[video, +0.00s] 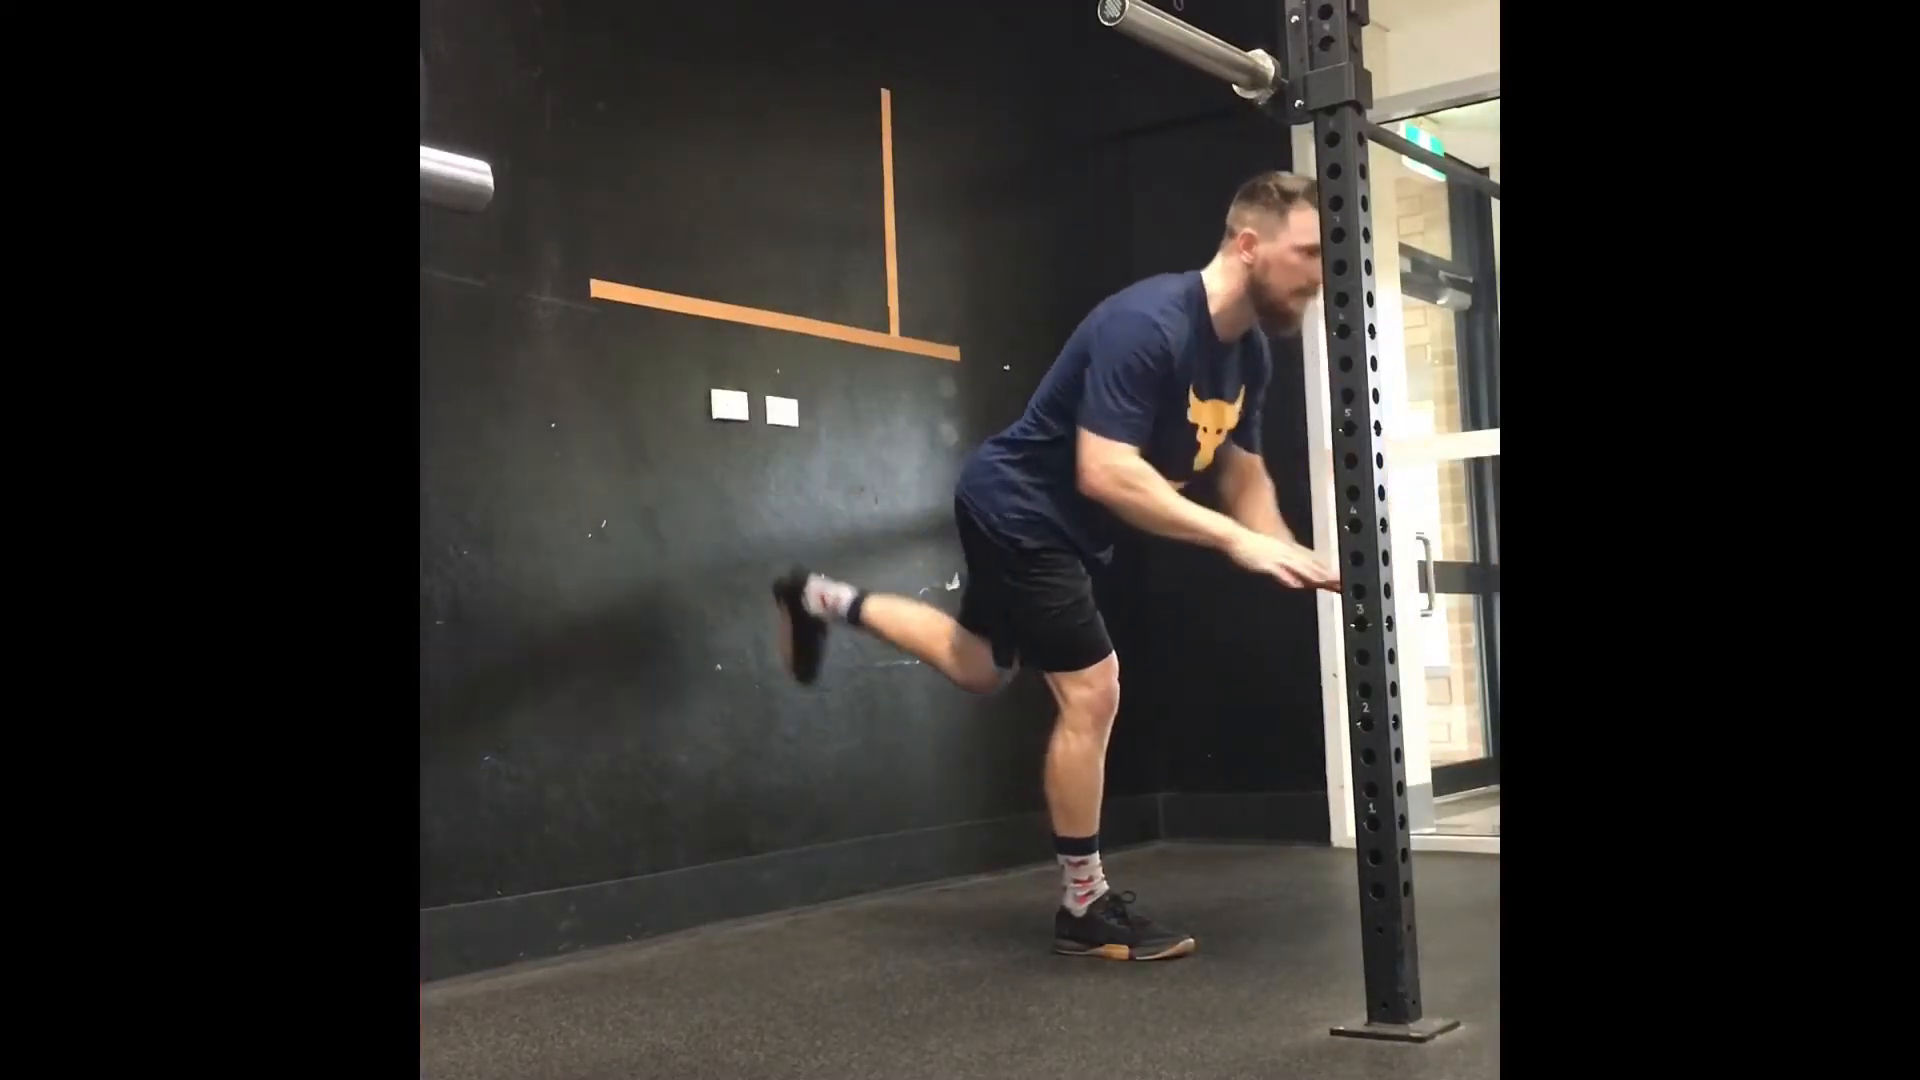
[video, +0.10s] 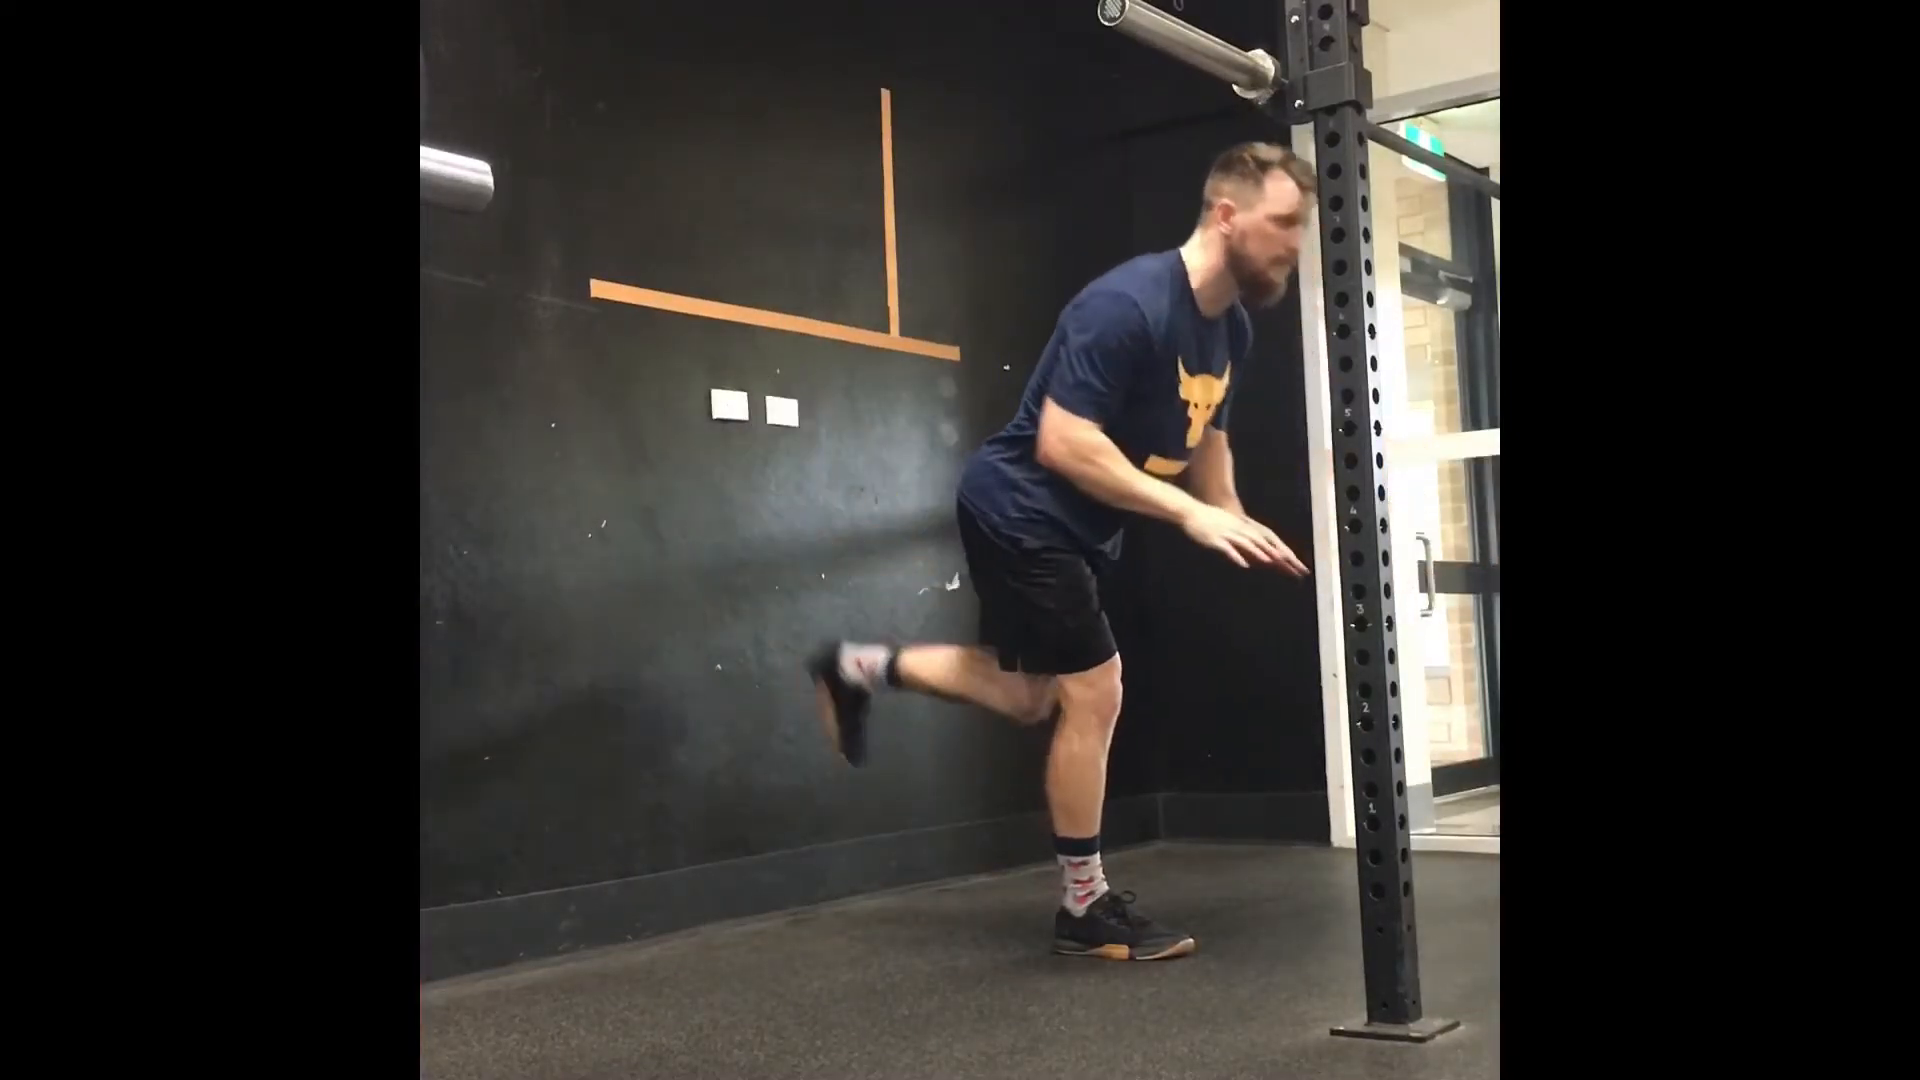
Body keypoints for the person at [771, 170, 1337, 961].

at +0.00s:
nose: (1317, 273)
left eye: (1321, 254)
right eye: (1306, 252)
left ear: (1266, 250)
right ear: (1246, 244)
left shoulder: (1248, 351)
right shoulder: (1144, 324)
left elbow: (1244, 476)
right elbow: (1105, 471)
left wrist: (1291, 558)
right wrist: (1236, 535)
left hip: (1069, 522)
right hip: (1013, 507)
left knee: (974, 662)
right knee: (1090, 691)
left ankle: (823, 598)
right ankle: (1083, 904)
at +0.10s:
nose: (1299, 242)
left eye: (1302, 224)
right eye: (1285, 222)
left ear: (1250, 225)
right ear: (1225, 217)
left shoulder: (1230, 331)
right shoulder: (1127, 305)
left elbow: (1207, 441)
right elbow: (1064, 443)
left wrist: (1234, 520)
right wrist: (1192, 513)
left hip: (1081, 525)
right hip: (1019, 509)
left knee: (1028, 694)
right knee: (1093, 690)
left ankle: (861, 666)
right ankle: (1084, 903)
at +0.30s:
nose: (1231, 177)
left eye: (1235, 161)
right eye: (1217, 157)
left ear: (1182, 160)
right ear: (1157, 152)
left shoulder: (1178, 271)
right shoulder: (1081, 258)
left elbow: (1137, 393)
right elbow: (1018, 388)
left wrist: (1195, 431)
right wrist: (1149, 424)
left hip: (1110, 514)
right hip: (1030, 515)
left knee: (1148, 682)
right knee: (1084, 698)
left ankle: (991, 777)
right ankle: (1082, 904)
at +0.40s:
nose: (1194, 153)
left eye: (1197, 137)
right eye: (1181, 134)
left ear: (1150, 138)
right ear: (1120, 128)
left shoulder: (1146, 250)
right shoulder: (1057, 236)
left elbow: (1116, 365)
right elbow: (1004, 367)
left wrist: (1171, 383)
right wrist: (1143, 380)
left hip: (1123, 505)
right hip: (1043, 514)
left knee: (1201, 644)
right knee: (1088, 698)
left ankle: (1069, 767)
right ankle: (1081, 903)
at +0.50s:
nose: (1161, 144)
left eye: (1165, 130)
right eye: (1147, 125)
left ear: (1126, 130)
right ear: (1090, 119)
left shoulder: (1117, 228)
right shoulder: (1034, 228)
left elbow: (1095, 348)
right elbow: (994, 358)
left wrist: (1157, 354)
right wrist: (1127, 348)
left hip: (1135, 491)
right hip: (1057, 510)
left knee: (1246, 599)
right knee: (1087, 701)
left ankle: (1132, 765)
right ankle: (1078, 900)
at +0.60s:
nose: (1136, 145)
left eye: (1140, 131)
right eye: (1123, 126)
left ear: (1105, 129)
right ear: (1066, 118)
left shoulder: (1101, 225)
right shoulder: (1017, 226)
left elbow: (1092, 367)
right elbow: (982, 354)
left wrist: (1155, 352)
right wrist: (1113, 335)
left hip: (1139, 477)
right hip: (1063, 508)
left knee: (1279, 544)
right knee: (1081, 706)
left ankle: (1182, 733)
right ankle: (1080, 902)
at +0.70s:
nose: (1126, 152)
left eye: (1132, 138)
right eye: (1114, 132)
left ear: (1107, 136)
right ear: (1057, 121)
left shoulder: (1094, 230)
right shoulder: (1002, 229)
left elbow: (1090, 374)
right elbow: (972, 354)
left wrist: (1145, 344)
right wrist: (1099, 329)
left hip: (1143, 471)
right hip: (1067, 511)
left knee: (1292, 490)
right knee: (1072, 711)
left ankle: (1215, 690)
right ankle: (1081, 902)